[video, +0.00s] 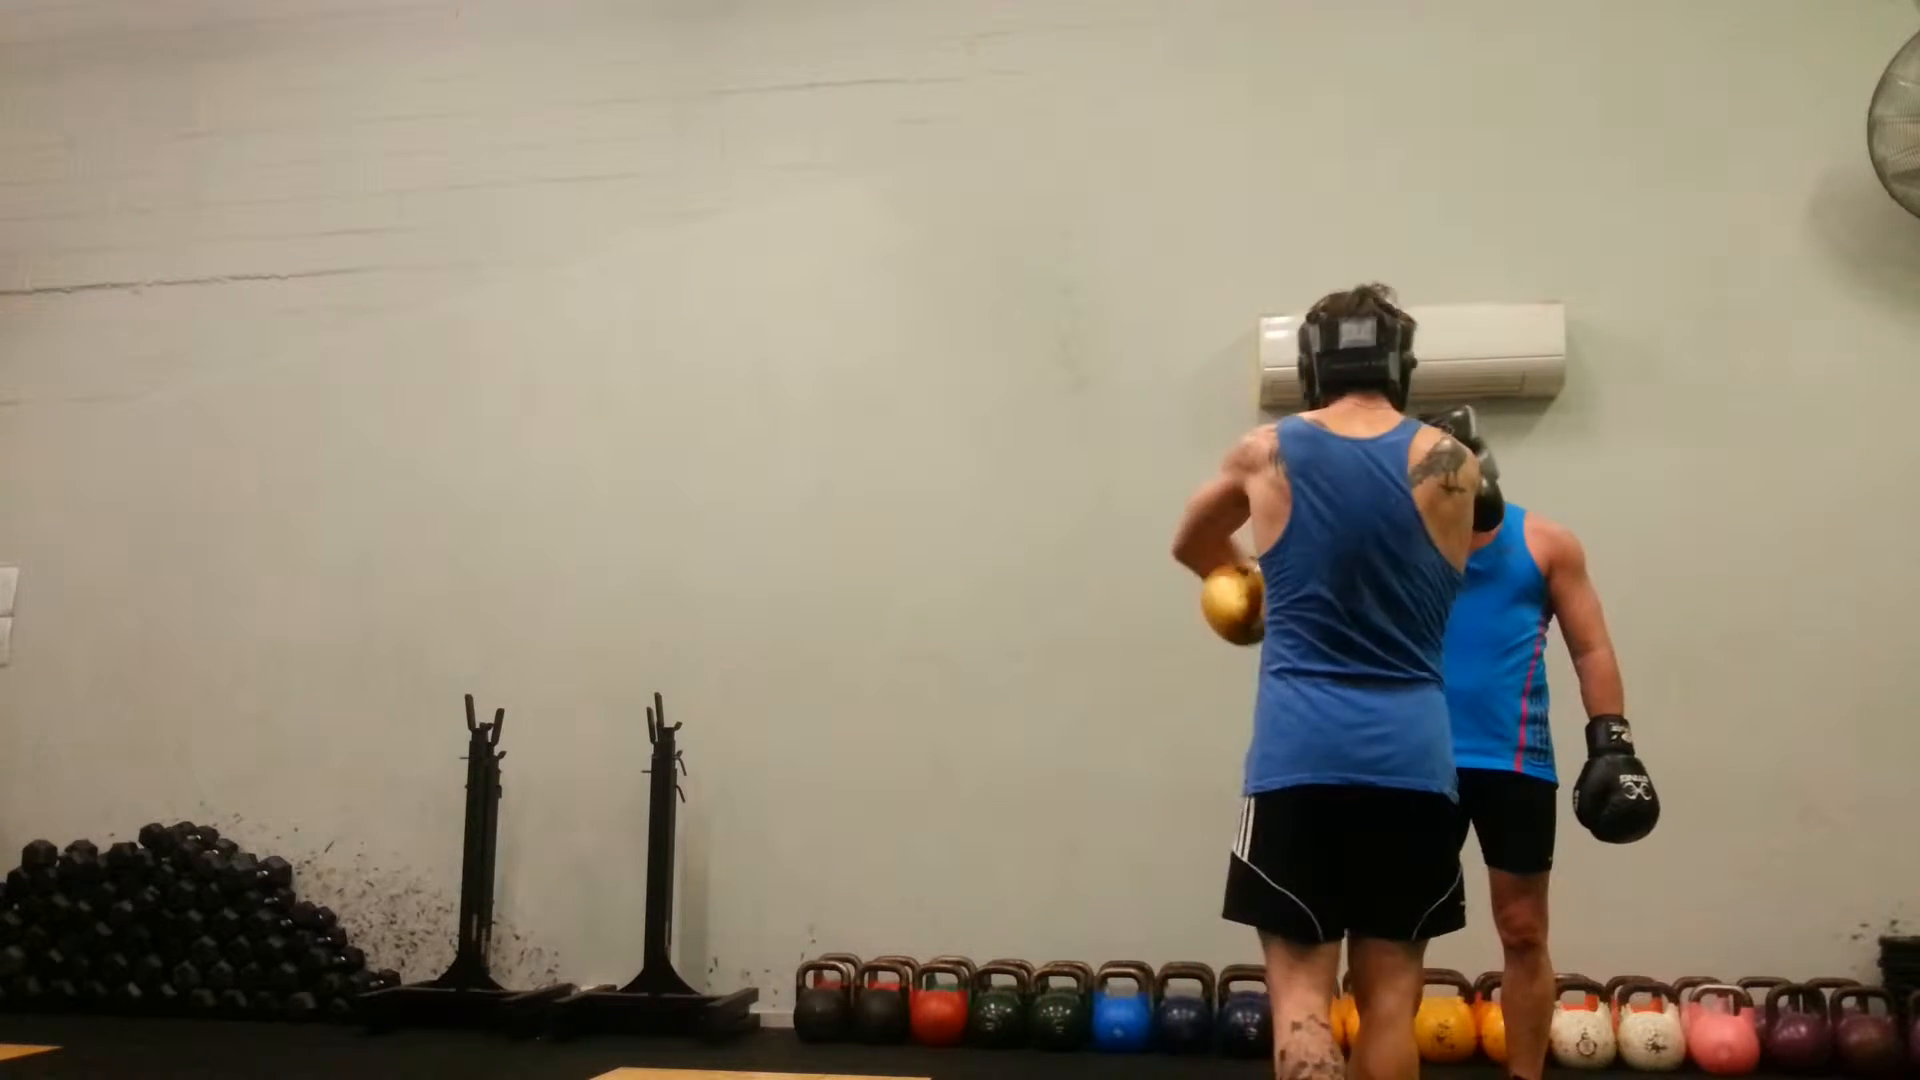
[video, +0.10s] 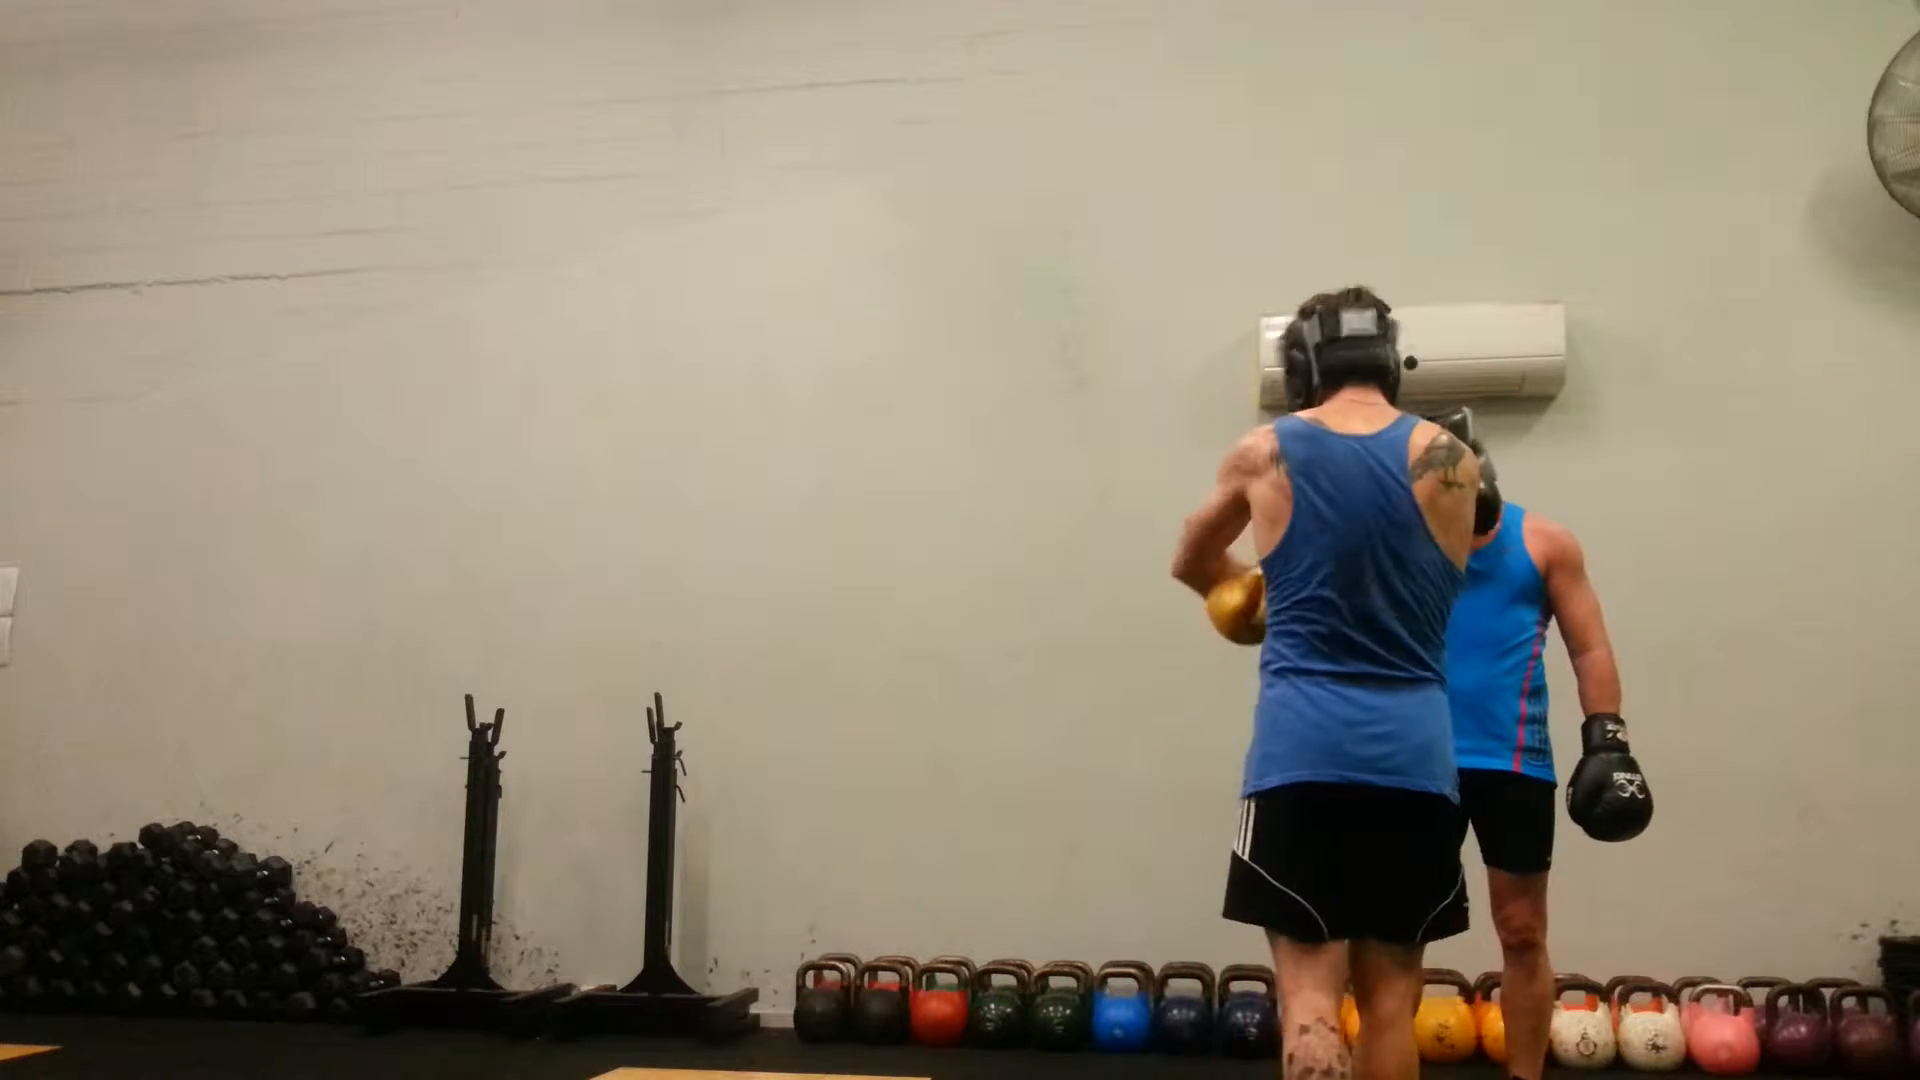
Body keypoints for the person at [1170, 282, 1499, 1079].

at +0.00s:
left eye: (1311, 358)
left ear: (1312, 363)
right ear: (1401, 364)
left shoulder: (1266, 449)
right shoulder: (1453, 462)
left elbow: (1194, 542)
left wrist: (1244, 579)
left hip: (1297, 760)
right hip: (1415, 762)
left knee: (1300, 996)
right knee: (1390, 999)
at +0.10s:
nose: (1292, 373)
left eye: (1293, 362)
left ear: (1301, 366)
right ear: (1393, 364)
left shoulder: (1264, 450)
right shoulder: (1456, 460)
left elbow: (1193, 562)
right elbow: (1446, 567)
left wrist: (1243, 591)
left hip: (1299, 756)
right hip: (1416, 760)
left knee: (1309, 995)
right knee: (1392, 1000)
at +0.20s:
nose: (1272, 383)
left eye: (1274, 371)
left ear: (1289, 368)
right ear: (1375, 361)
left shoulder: (1263, 452)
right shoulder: (1457, 459)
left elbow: (1197, 579)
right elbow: (1464, 612)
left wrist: (1256, 603)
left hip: (1304, 757)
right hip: (1421, 761)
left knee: (1316, 1009)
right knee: (1392, 1004)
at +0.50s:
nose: (1274, 363)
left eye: (1277, 352)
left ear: (1285, 359)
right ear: (1378, 349)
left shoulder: (1256, 457)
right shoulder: (1465, 452)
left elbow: (1238, 605)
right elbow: (1503, 611)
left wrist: (1317, 575)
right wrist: (1411, 594)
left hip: (1323, 752)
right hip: (1446, 753)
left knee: (1342, 1014)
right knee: (1451, 988)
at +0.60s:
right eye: (1402, 333)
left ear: (1307, 351)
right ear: (1403, 344)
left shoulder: (1273, 455)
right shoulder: (1480, 453)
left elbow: (1243, 602)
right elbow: (1510, 612)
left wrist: (1324, 617)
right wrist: (1423, 586)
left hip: (1332, 758)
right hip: (1456, 760)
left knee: (1346, 1012)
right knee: (1491, 988)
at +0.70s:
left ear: (1338, 346)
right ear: (1436, 342)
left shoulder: (1296, 454)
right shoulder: (1504, 458)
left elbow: (1253, 600)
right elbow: (1517, 604)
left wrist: (1310, 642)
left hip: (1351, 761)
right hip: (1482, 768)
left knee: (1356, 1016)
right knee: (1527, 1001)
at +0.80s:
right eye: (1469, 336)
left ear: (1376, 348)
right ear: (1472, 346)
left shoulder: (1328, 457)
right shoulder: (1534, 462)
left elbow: (1277, 612)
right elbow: (1576, 627)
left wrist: (1323, 653)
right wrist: (1615, 751)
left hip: (1378, 768)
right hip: (1505, 772)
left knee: (1368, 1013)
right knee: (1548, 1008)